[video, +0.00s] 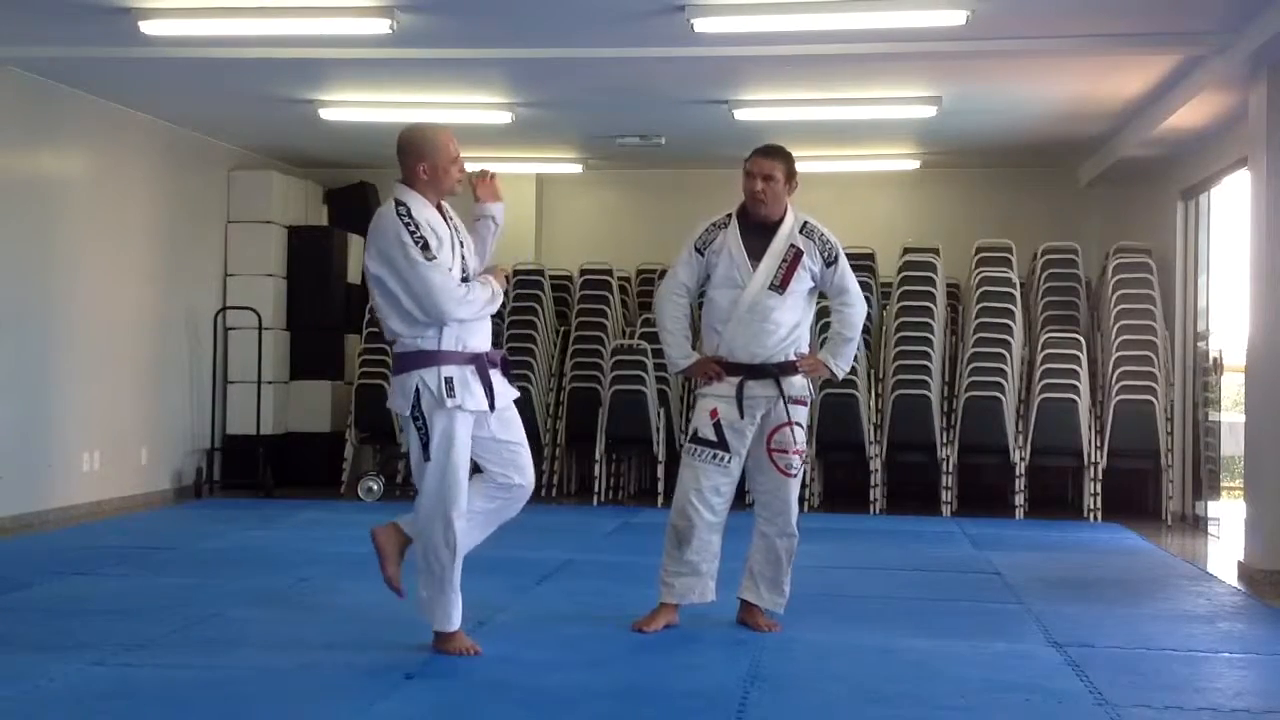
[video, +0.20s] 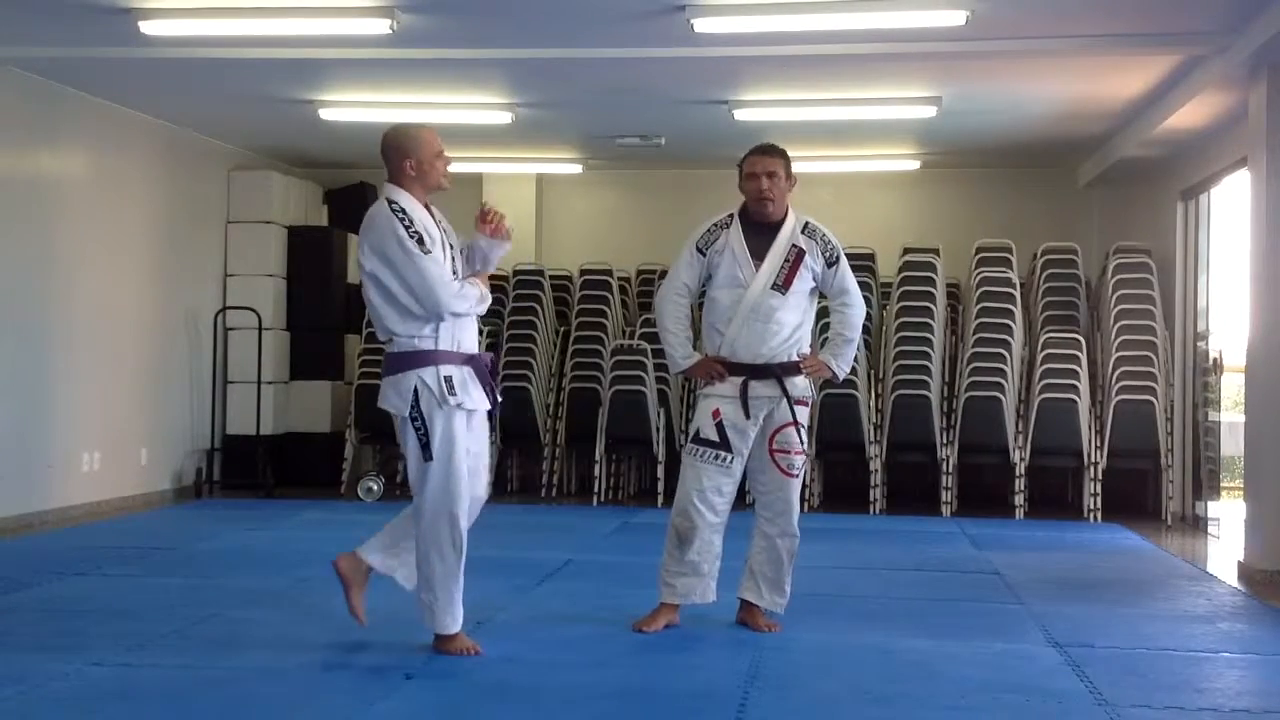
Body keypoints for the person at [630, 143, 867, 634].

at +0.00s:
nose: (758, 187)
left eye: (770, 179)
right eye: (752, 177)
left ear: (790, 187)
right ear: (741, 182)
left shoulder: (816, 242)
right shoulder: (712, 235)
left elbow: (851, 303)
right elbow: (671, 295)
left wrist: (833, 359)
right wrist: (686, 357)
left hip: (785, 392)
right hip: (720, 387)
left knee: (779, 506)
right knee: (694, 500)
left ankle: (755, 602)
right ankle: (670, 602)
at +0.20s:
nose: (763, 186)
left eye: (772, 177)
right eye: (753, 177)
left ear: (790, 183)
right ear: (739, 185)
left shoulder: (817, 243)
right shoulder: (712, 237)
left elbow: (850, 303)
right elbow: (671, 298)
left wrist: (835, 358)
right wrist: (687, 357)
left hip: (788, 392)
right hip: (722, 388)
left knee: (780, 506)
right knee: (696, 500)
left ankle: (755, 603)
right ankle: (671, 602)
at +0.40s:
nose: (765, 188)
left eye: (773, 178)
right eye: (754, 180)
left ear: (789, 182)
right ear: (738, 188)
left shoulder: (818, 242)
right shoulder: (712, 238)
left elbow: (852, 302)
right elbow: (673, 299)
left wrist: (837, 359)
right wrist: (688, 357)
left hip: (788, 393)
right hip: (722, 389)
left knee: (780, 507)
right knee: (695, 501)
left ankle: (755, 604)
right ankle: (671, 603)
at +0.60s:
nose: (761, 186)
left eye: (770, 176)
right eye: (751, 179)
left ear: (788, 182)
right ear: (737, 187)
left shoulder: (818, 242)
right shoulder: (713, 238)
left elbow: (856, 303)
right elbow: (674, 299)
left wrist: (838, 360)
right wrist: (687, 356)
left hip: (788, 391)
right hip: (722, 386)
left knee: (779, 506)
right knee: (696, 499)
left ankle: (755, 604)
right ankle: (671, 602)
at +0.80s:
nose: (760, 185)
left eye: (769, 176)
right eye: (750, 178)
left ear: (788, 182)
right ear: (737, 186)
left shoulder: (818, 241)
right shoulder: (712, 239)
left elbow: (856, 303)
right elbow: (678, 301)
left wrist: (837, 361)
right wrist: (687, 357)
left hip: (787, 390)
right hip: (721, 385)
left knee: (778, 506)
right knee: (695, 500)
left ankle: (756, 604)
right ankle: (671, 602)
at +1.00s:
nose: (761, 187)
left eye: (771, 177)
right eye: (751, 179)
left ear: (788, 183)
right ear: (738, 186)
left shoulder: (818, 240)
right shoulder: (712, 239)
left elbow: (857, 303)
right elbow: (678, 301)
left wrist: (838, 361)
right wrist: (688, 357)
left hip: (787, 390)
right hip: (722, 385)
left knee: (778, 506)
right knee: (695, 499)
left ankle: (756, 605)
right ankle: (670, 602)